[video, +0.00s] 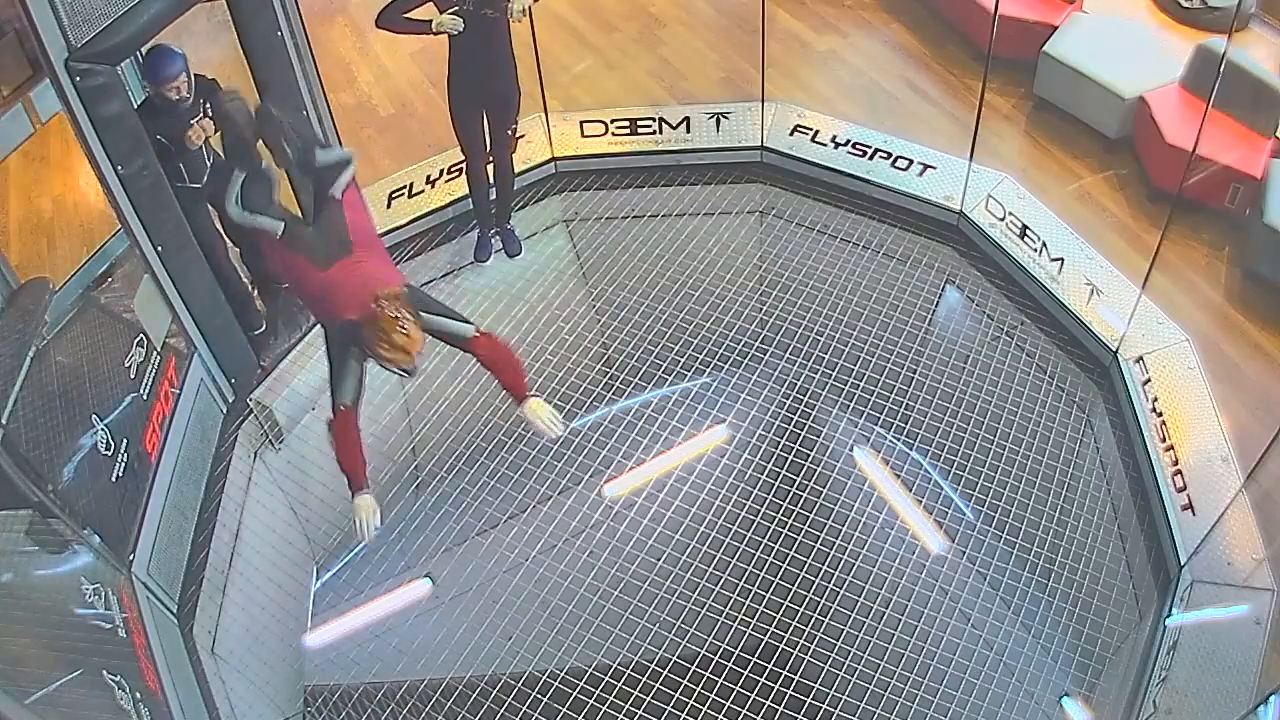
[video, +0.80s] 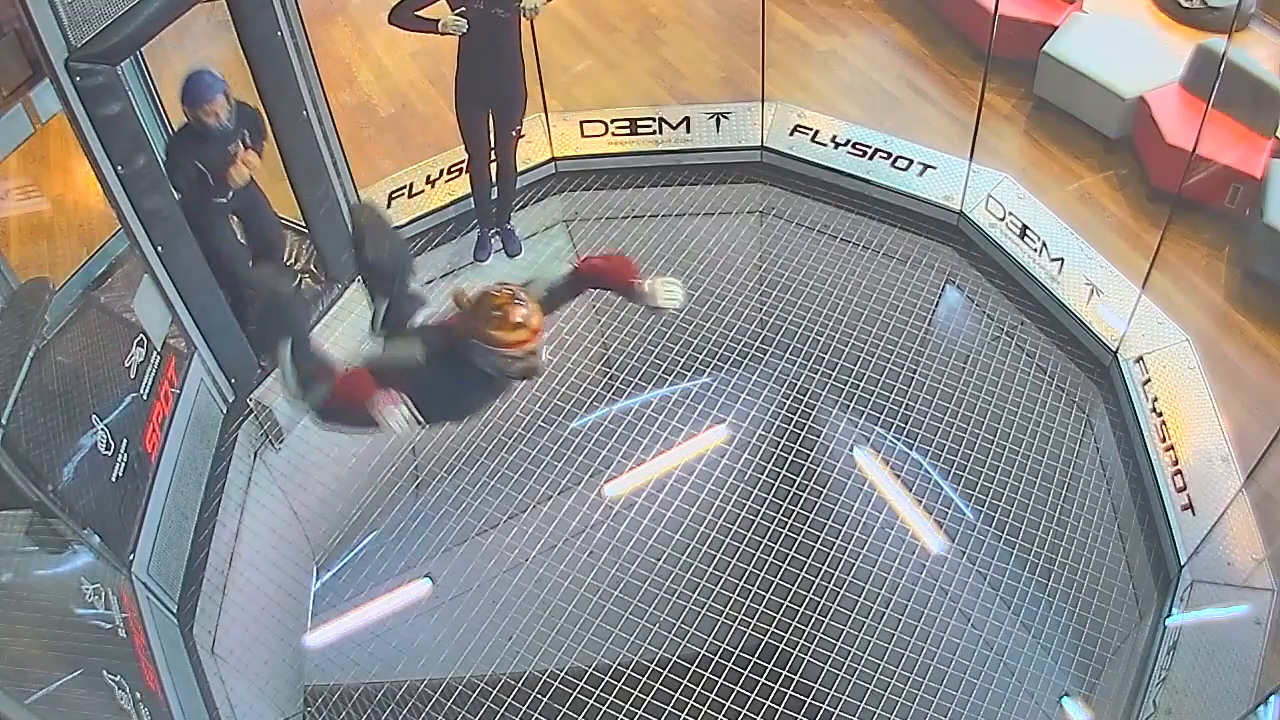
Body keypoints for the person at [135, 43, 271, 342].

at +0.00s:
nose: (181, 91)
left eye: (183, 81)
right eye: (172, 89)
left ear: (188, 72)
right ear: (152, 88)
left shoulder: (205, 87)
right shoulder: (144, 118)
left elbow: (227, 113)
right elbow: (155, 165)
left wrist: (212, 125)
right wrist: (184, 147)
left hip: (215, 172)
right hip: (183, 192)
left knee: (244, 230)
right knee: (215, 255)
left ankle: (268, 282)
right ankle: (248, 318)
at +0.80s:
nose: (217, 119)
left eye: (219, 109)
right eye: (207, 115)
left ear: (227, 95)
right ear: (190, 113)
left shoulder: (245, 114)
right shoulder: (180, 148)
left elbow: (257, 134)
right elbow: (192, 198)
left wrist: (253, 154)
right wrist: (227, 186)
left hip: (244, 189)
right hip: (207, 209)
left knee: (272, 237)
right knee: (235, 262)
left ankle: (270, 290)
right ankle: (247, 313)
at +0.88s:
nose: (230, 134)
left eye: (232, 125)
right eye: (221, 130)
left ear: (240, 113)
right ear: (203, 131)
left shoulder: (251, 128)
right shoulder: (191, 162)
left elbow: (266, 136)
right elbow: (200, 214)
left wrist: (264, 165)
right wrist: (235, 200)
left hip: (251, 198)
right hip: (215, 217)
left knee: (278, 236)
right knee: (237, 264)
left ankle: (278, 283)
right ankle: (249, 305)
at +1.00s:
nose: (251, 164)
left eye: (253, 154)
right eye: (241, 160)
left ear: (260, 144)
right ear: (224, 160)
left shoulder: (275, 157)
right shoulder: (206, 195)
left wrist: (300, 197)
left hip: (269, 226)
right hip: (229, 245)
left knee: (302, 278)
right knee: (252, 290)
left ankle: (334, 344)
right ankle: (255, 322)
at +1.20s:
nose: (298, 218)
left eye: (298, 208)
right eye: (287, 214)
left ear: (303, 197)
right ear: (270, 213)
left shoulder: (309, 197)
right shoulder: (237, 240)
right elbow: (249, 292)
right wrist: (287, 281)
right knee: (271, 310)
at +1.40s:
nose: (356, 281)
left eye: (356, 272)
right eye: (345, 278)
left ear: (356, 254)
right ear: (325, 276)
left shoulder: (348, 245)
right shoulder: (306, 295)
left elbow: (386, 253)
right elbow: (298, 343)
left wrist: (413, 275)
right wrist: (336, 354)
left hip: (280, 236)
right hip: (257, 265)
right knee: (272, 342)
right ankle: (240, 295)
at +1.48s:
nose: (382, 308)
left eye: (383, 297)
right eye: (371, 304)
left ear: (384, 282)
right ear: (349, 300)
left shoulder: (374, 264)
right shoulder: (323, 312)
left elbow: (415, 267)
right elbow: (316, 370)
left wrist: (455, 286)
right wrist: (353, 384)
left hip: (297, 245)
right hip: (270, 272)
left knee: (295, 325)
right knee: (269, 344)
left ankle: (259, 265)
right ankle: (235, 284)